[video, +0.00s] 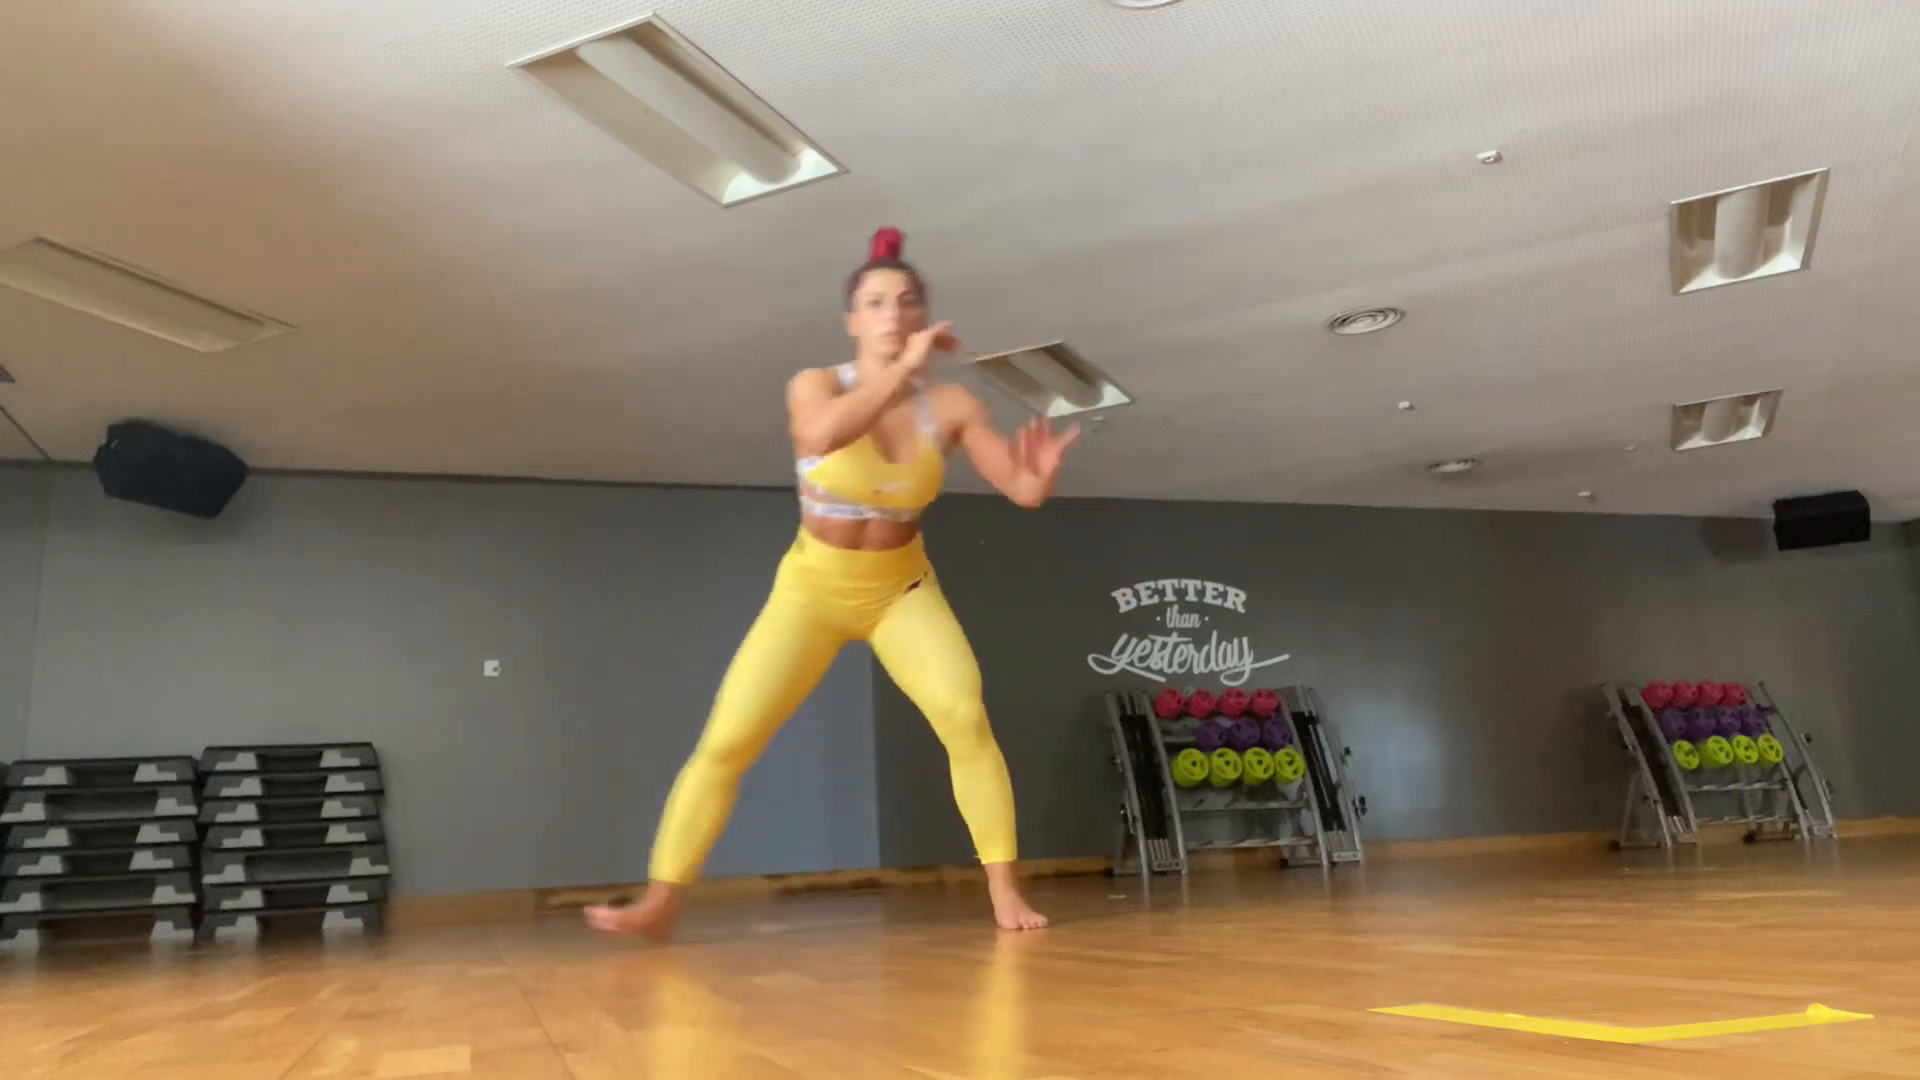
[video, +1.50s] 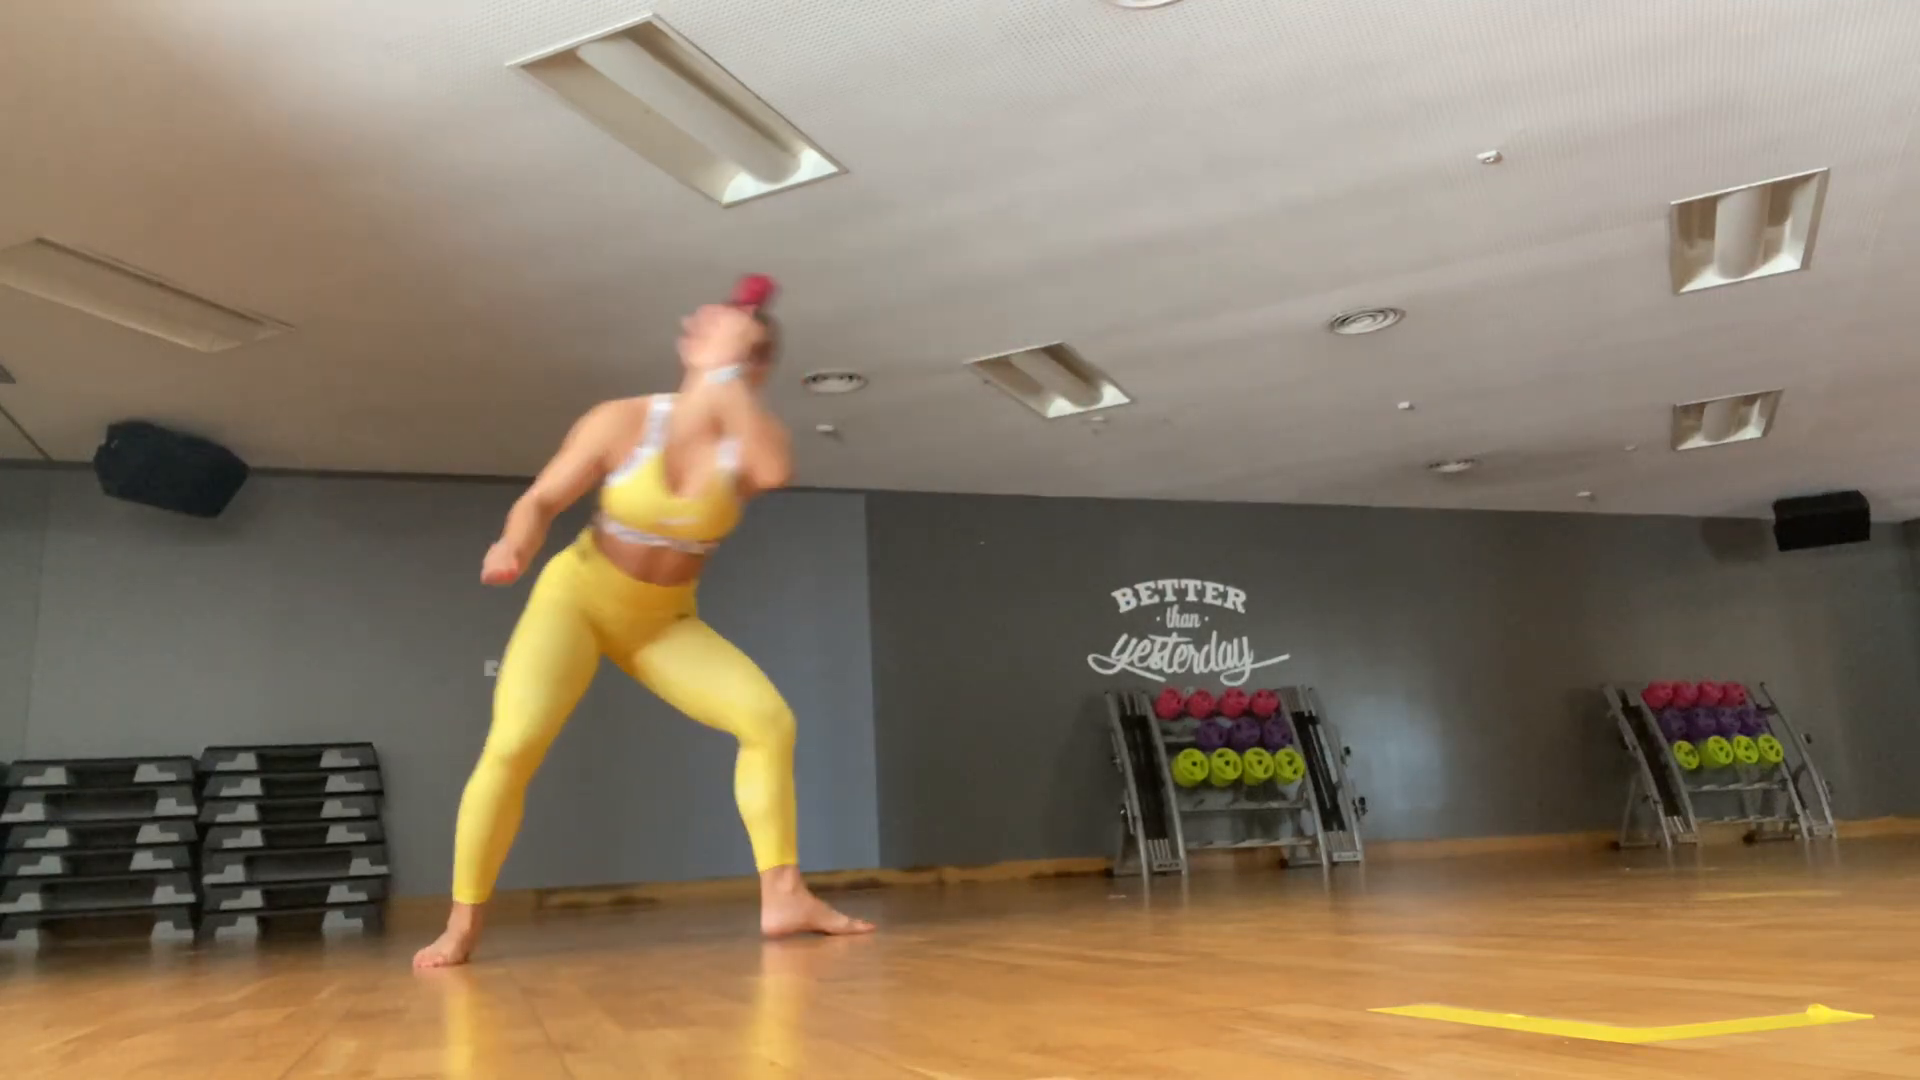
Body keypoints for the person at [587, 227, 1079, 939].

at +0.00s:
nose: (895, 314)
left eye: (907, 303)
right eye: (877, 302)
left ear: (925, 318)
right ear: (851, 321)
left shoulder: (950, 405)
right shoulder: (816, 385)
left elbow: (1018, 485)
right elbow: (815, 437)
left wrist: (1035, 479)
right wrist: (901, 371)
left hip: (904, 590)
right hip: (812, 586)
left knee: (966, 718)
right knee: (727, 740)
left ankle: (1004, 888)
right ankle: (658, 902)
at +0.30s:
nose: (688, 321)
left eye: (703, 307)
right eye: (670, 308)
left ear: (724, 323)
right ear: (645, 324)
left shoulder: (756, 407)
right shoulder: (610, 402)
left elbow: (840, 460)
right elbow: (544, 460)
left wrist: (895, 459)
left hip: (738, 596)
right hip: (640, 600)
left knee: (827, 732)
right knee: (571, 732)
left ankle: (928, 882)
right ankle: (561, 919)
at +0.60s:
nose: (597, 290)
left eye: (611, 278)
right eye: (580, 280)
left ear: (629, 297)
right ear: (556, 299)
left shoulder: (653, 374)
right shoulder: (514, 388)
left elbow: (738, 381)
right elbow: (452, 473)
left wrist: (678, 322)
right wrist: (384, 546)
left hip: (631, 590)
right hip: (543, 585)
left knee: (606, 742)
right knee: (536, 736)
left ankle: (571, 887)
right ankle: (556, 913)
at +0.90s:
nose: (532, 358)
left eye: (549, 348)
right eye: (522, 347)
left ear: (578, 357)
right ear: (507, 358)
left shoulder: (605, 438)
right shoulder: (482, 437)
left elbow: (615, 425)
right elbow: (448, 521)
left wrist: (529, 352)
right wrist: (378, 578)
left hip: (575, 640)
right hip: (488, 624)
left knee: (529, 785)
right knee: (482, 730)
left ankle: (481, 907)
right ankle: (459, 914)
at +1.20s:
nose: (497, 348)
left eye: (516, 335)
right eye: (485, 334)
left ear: (545, 354)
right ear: (467, 348)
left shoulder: (579, 418)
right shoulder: (452, 424)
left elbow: (575, 500)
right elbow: (381, 511)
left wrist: (498, 435)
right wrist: (422, 428)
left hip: (606, 602)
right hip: (515, 606)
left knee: (663, 757)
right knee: (471, 746)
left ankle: (635, 882)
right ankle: (453, 925)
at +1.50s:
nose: (699, 330)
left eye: (727, 330)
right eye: (707, 324)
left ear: (758, 364)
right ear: (689, 344)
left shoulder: (752, 436)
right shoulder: (621, 422)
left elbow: (773, 473)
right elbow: (542, 500)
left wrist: (725, 380)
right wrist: (515, 547)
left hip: (668, 620)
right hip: (580, 599)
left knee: (768, 721)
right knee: (513, 746)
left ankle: (783, 898)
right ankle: (462, 925)